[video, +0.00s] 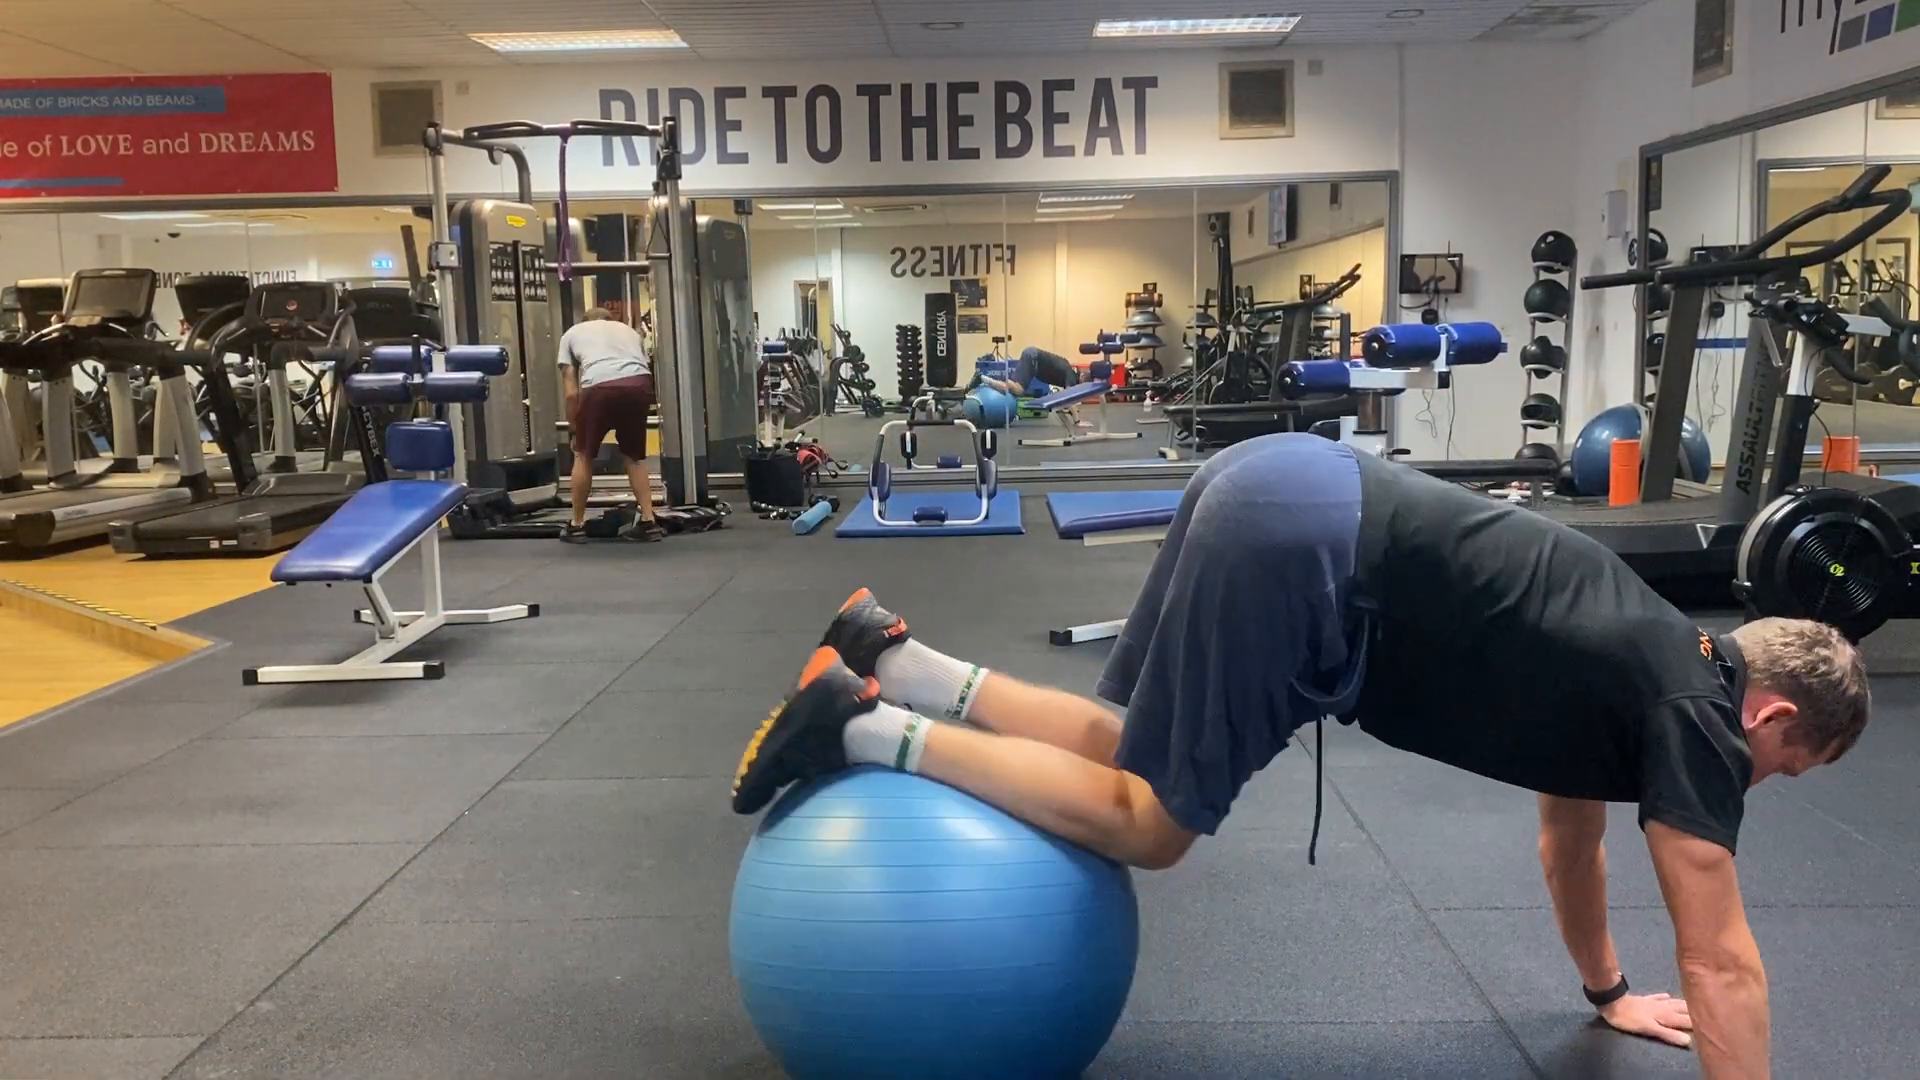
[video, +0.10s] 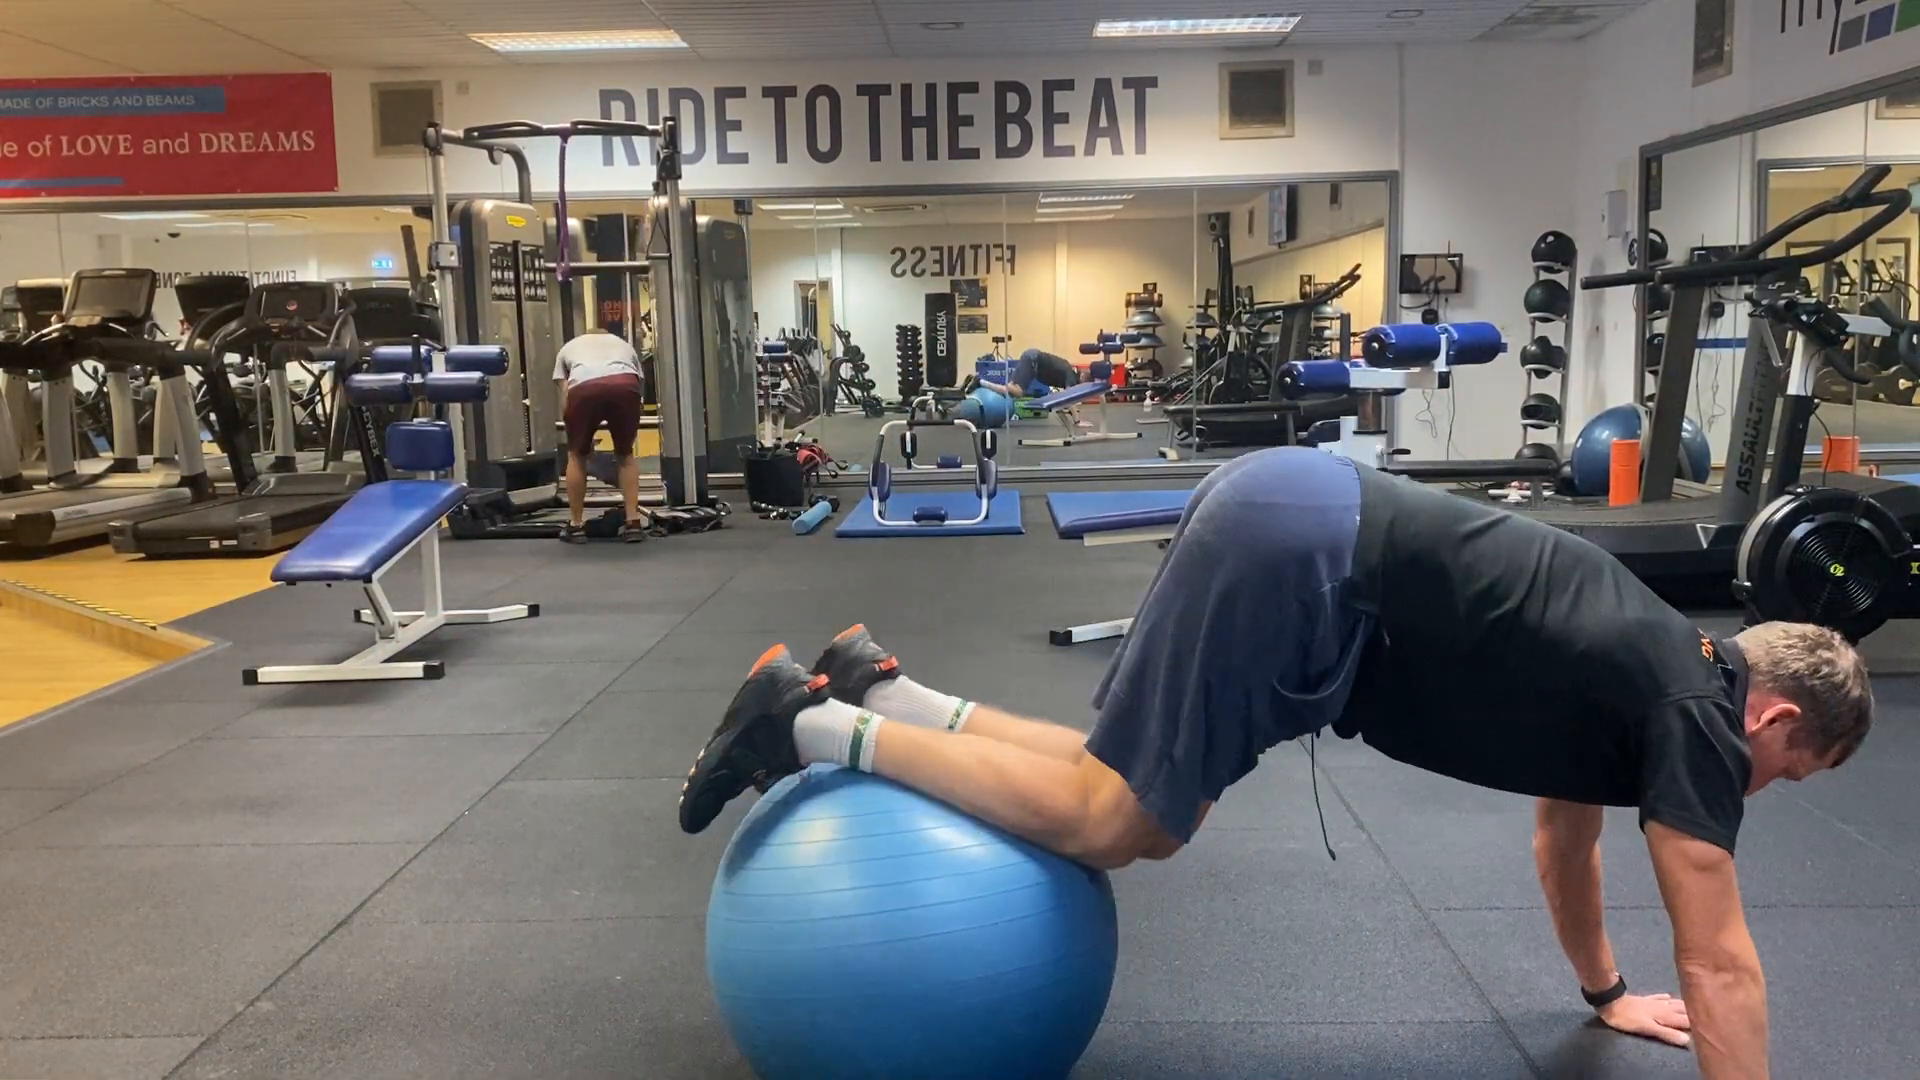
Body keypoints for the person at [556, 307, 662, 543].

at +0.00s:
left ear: (583, 320)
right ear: (608, 318)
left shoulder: (571, 335)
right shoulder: (628, 330)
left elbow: (572, 394)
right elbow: (644, 371)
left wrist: (573, 431)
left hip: (598, 392)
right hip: (638, 388)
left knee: (583, 456)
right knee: (635, 458)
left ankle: (577, 524)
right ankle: (649, 521)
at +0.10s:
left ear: (583, 336)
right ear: (608, 335)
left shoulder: (567, 349)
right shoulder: (626, 345)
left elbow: (566, 399)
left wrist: (580, 444)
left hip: (584, 392)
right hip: (625, 388)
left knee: (577, 456)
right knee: (625, 455)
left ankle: (576, 524)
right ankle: (632, 522)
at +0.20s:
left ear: (580, 348)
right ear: (610, 348)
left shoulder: (566, 358)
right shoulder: (623, 357)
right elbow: (632, 413)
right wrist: (626, 459)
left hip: (574, 389)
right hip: (616, 386)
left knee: (572, 457)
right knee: (621, 459)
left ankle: (575, 525)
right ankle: (626, 525)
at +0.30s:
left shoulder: (564, 371)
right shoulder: (624, 370)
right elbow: (630, 432)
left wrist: (580, 477)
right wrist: (627, 472)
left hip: (567, 388)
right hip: (609, 385)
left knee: (570, 459)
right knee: (618, 460)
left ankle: (575, 525)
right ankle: (626, 524)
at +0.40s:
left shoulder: (560, 374)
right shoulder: (625, 377)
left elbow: (571, 442)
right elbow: (629, 438)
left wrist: (581, 482)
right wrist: (628, 479)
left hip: (562, 387)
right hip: (606, 385)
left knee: (569, 460)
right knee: (616, 459)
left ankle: (575, 525)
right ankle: (626, 523)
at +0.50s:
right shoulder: (625, 381)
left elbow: (568, 445)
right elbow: (629, 441)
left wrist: (581, 482)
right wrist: (627, 480)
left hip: (560, 386)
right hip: (604, 385)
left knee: (568, 459)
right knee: (616, 459)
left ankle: (575, 525)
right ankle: (626, 524)